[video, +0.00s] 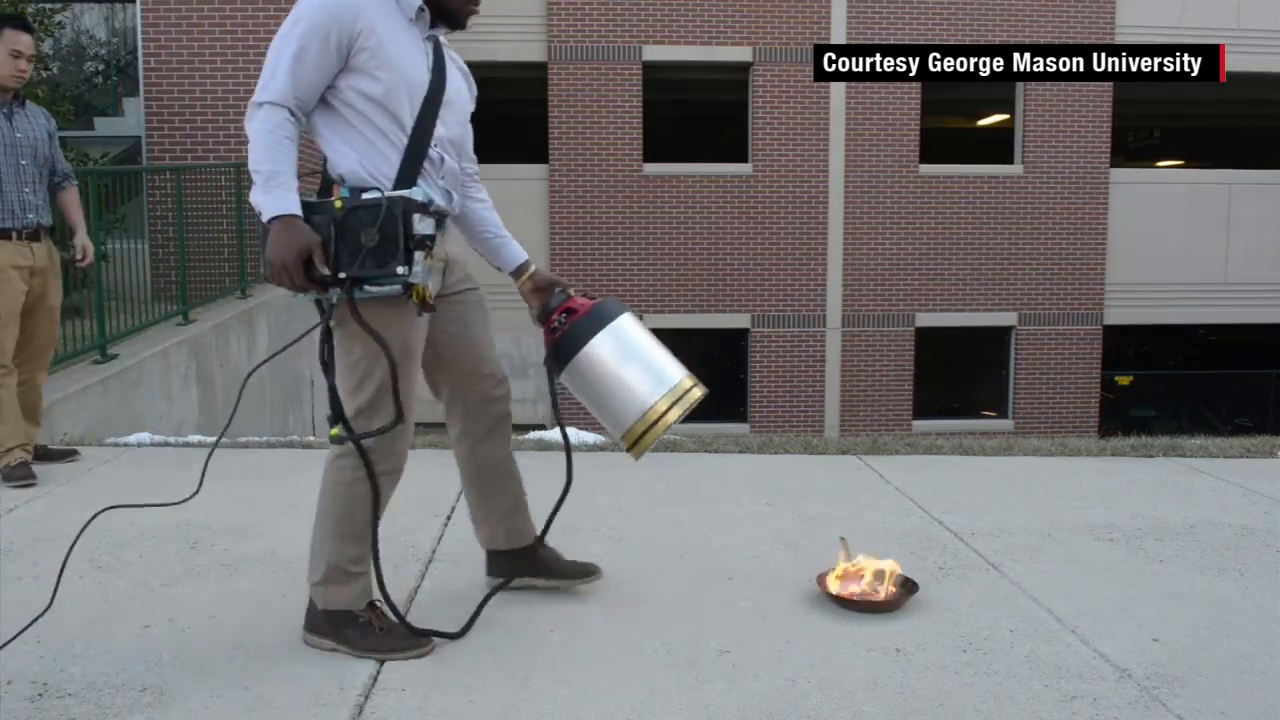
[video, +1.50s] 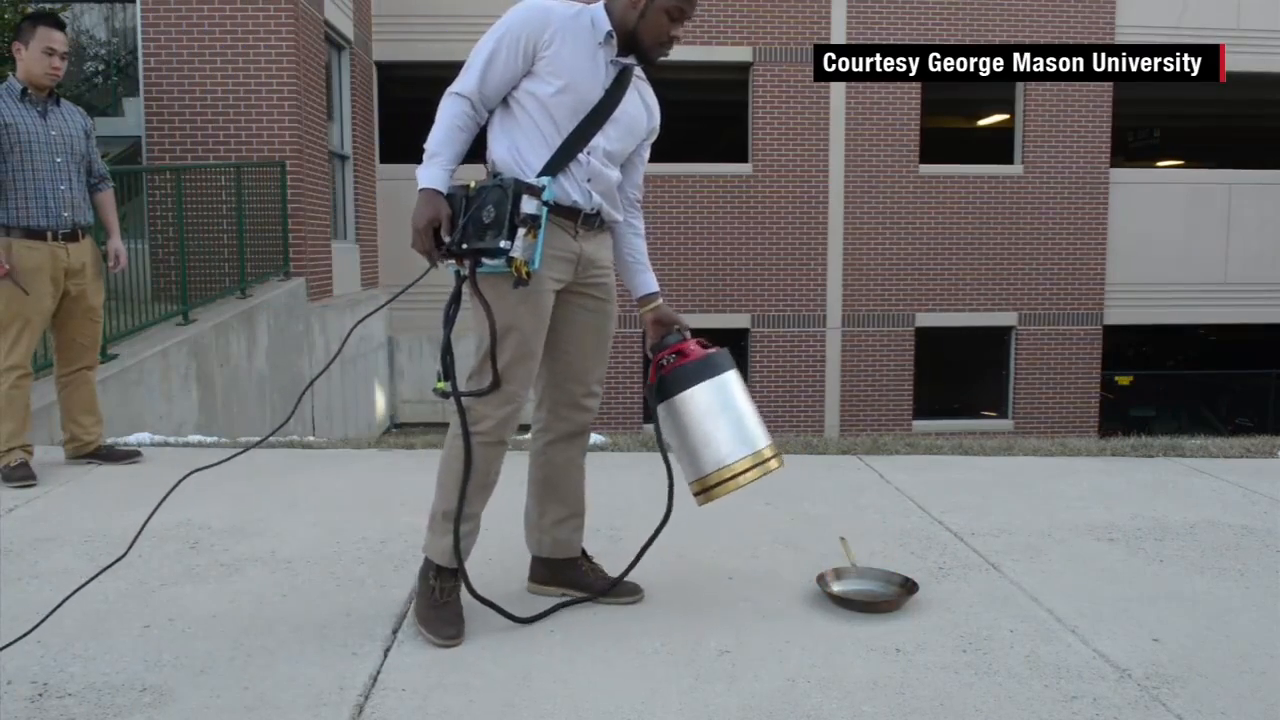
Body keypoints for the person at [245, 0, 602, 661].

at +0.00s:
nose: (477, 0)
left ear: (457, 5)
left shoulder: (457, 74)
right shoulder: (343, 9)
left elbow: (463, 185)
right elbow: (273, 107)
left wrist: (523, 269)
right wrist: (281, 215)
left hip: (443, 249)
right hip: (372, 251)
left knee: (482, 398)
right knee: (372, 434)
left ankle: (512, 548)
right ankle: (337, 605)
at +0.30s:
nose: (587, 19)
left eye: (589, 9)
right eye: (580, 5)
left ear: (560, 9)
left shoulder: (557, 93)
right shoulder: (448, 17)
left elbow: (547, 204)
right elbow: (374, 108)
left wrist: (586, 290)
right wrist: (363, 208)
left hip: (533, 254)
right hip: (459, 246)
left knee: (556, 403)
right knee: (444, 419)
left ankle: (556, 554)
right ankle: (362, 580)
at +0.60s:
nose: (658, 32)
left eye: (664, 20)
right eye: (655, 16)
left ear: (625, 10)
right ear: (617, 2)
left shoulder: (617, 105)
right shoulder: (522, 18)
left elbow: (603, 211)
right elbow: (442, 94)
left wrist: (631, 298)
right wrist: (412, 187)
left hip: (575, 250)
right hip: (499, 235)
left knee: (568, 408)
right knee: (479, 407)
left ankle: (558, 556)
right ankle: (424, 567)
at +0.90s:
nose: (692, 48)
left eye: (699, 37)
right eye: (689, 30)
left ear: (662, 19)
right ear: (651, 8)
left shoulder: (646, 119)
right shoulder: (561, 22)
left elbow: (629, 221)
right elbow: (472, 87)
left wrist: (659, 309)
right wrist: (430, 174)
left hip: (584, 253)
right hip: (510, 235)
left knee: (571, 408)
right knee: (474, 404)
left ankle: (557, 557)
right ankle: (424, 563)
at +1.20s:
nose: (689, 39)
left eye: (695, 28)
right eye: (686, 22)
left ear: (657, 14)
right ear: (648, 3)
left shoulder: (649, 111)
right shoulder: (554, 22)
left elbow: (630, 216)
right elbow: (469, 95)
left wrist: (656, 303)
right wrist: (432, 182)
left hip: (594, 252)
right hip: (517, 236)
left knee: (571, 408)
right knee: (485, 405)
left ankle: (556, 557)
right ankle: (437, 568)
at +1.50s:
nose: (680, 34)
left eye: (686, 22)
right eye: (676, 17)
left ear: (653, 14)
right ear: (638, 2)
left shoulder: (644, 105)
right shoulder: (546, 22)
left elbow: (627, 208)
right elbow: (465, 98)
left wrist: (649, 296)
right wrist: (432, 188)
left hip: (595, 251)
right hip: (517, 237)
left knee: (571, 409)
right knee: (492, 407)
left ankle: (556, 557)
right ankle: (443, 568)